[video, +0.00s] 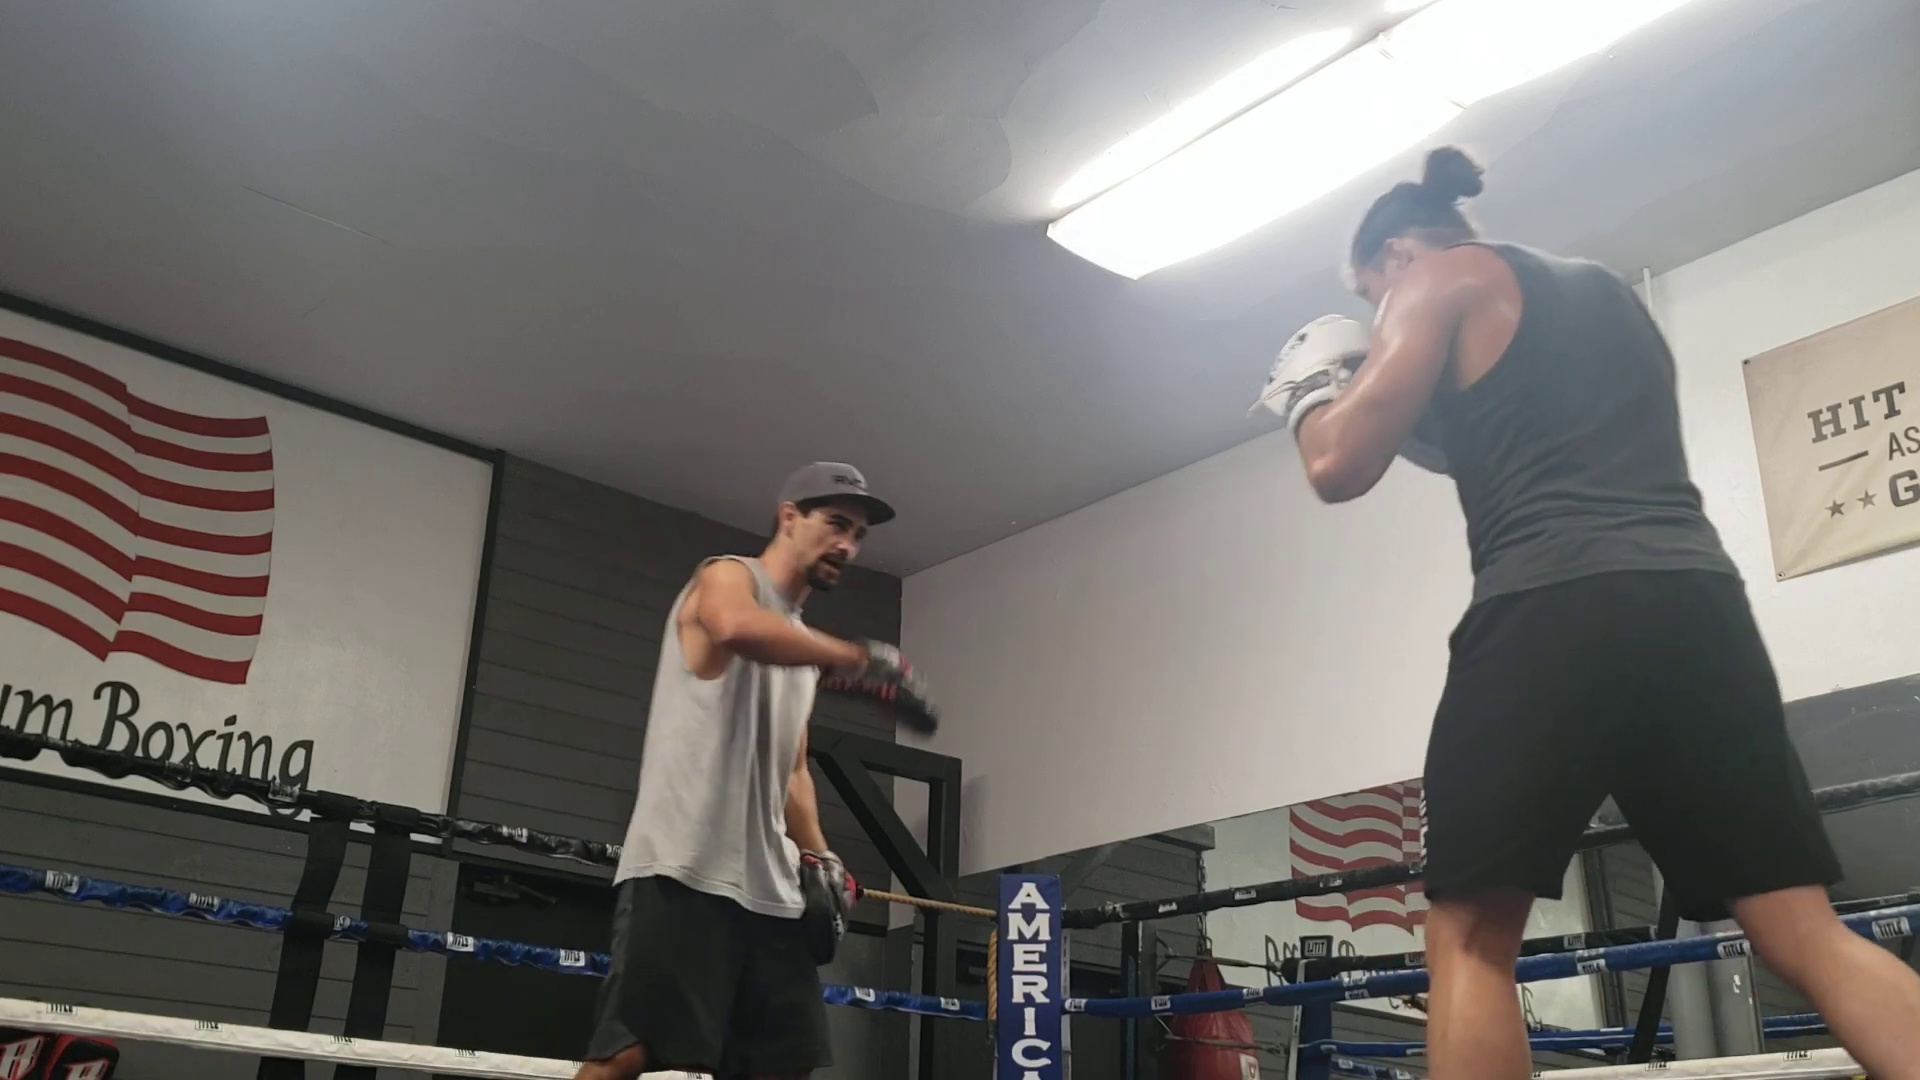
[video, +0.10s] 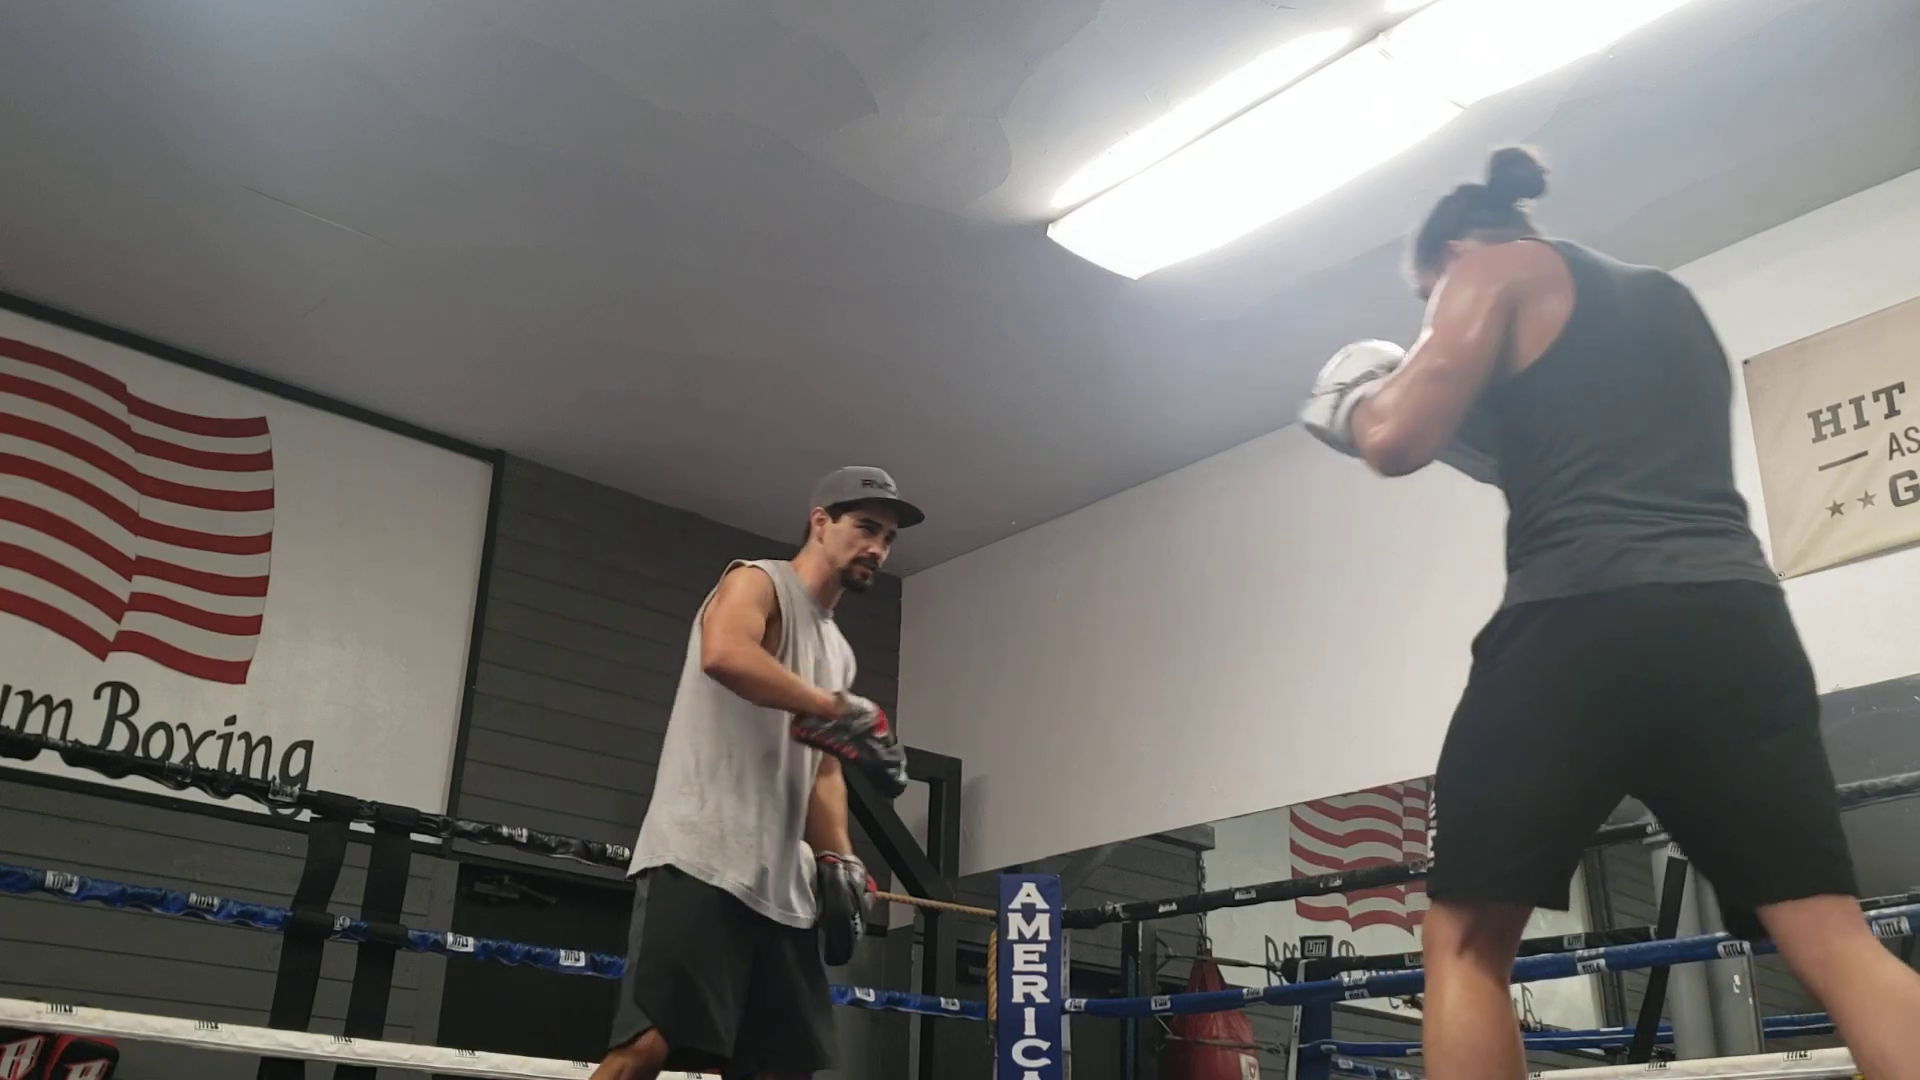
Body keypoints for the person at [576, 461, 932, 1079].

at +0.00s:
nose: (847, 546)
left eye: (858, 536)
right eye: (836, 523)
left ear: (857, 548)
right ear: (789, 516)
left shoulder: (802, 645)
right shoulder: (726, 576)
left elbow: (793, 764)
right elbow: (734, 627)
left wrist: (816, 855)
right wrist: (855, 657)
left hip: (767, 886)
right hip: (680, 867)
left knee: (784, 1063)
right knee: (625, 1054)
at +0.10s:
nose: (878, 548)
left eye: (888, 538)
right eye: (867, 528)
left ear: (890, 552)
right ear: (820, 522)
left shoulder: (840, 655)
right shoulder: (756, 580)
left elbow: (826, 767)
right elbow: (725, 653)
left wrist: (838, 859)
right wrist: (834, 708)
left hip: (781, 880)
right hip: (698, 852)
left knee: (789, 1061)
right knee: (653, 1041)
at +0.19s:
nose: (887, 542)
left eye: (897, 532)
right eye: (875, 522)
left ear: (899, 545)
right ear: (828, 519)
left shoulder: (863, 656)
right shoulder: (761, 581)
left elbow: (856, 760)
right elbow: (697, 658)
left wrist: (858, 860)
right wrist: (807, 699)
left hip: (794, 885)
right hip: (708, 852)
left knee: (780, 1062)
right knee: (662, 1034)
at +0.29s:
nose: (879, 528)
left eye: (890, 518)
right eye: (866, 509)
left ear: (893, 529)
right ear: (820, 508)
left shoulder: (879, 645)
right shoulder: (747, 583)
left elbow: (882, 761)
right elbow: (672, 667)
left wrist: (890, 848)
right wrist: (770, 675)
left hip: (806, 880)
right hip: (713, 851)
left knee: (791, 1064)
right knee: (657, 1039)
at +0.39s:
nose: (862, 515)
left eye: (871, 503)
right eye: (846, 497)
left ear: (878, 515)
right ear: (802, 501)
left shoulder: (883, 631)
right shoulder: (730, 584)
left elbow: (900, 740)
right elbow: (652, 679)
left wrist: (907, 811)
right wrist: (732, 678)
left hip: (816, 880)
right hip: (711, 855)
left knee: (802, 1067)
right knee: (652, 1043)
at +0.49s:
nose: (840, 504)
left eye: (849, 492)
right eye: (822, 487)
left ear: (856, 503)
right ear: (778, 491)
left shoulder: (874, 617)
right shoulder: (710, 589)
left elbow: (901, 718)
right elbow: (638, 696)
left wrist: (914, 748)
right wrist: (703, 699)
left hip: (817, 876)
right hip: (707, 856)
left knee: (801, 1066)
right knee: (651, 1042)